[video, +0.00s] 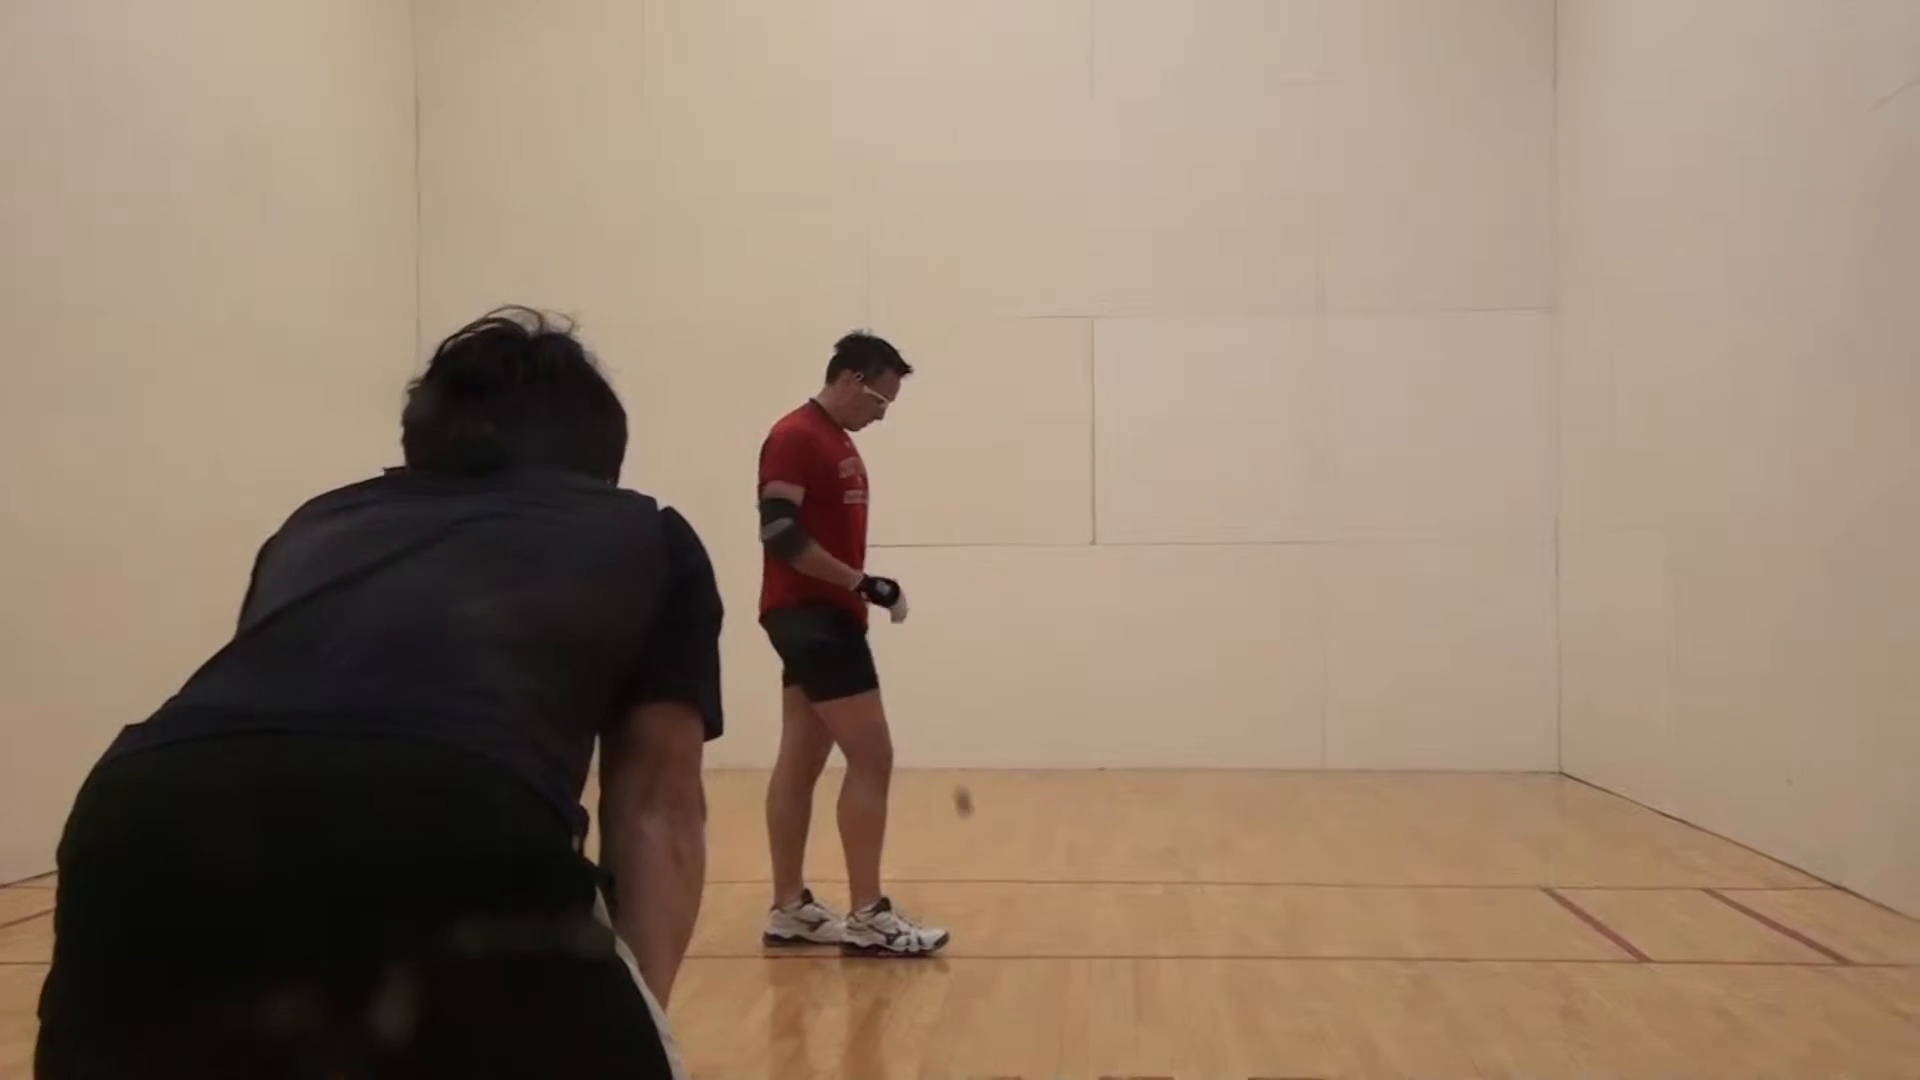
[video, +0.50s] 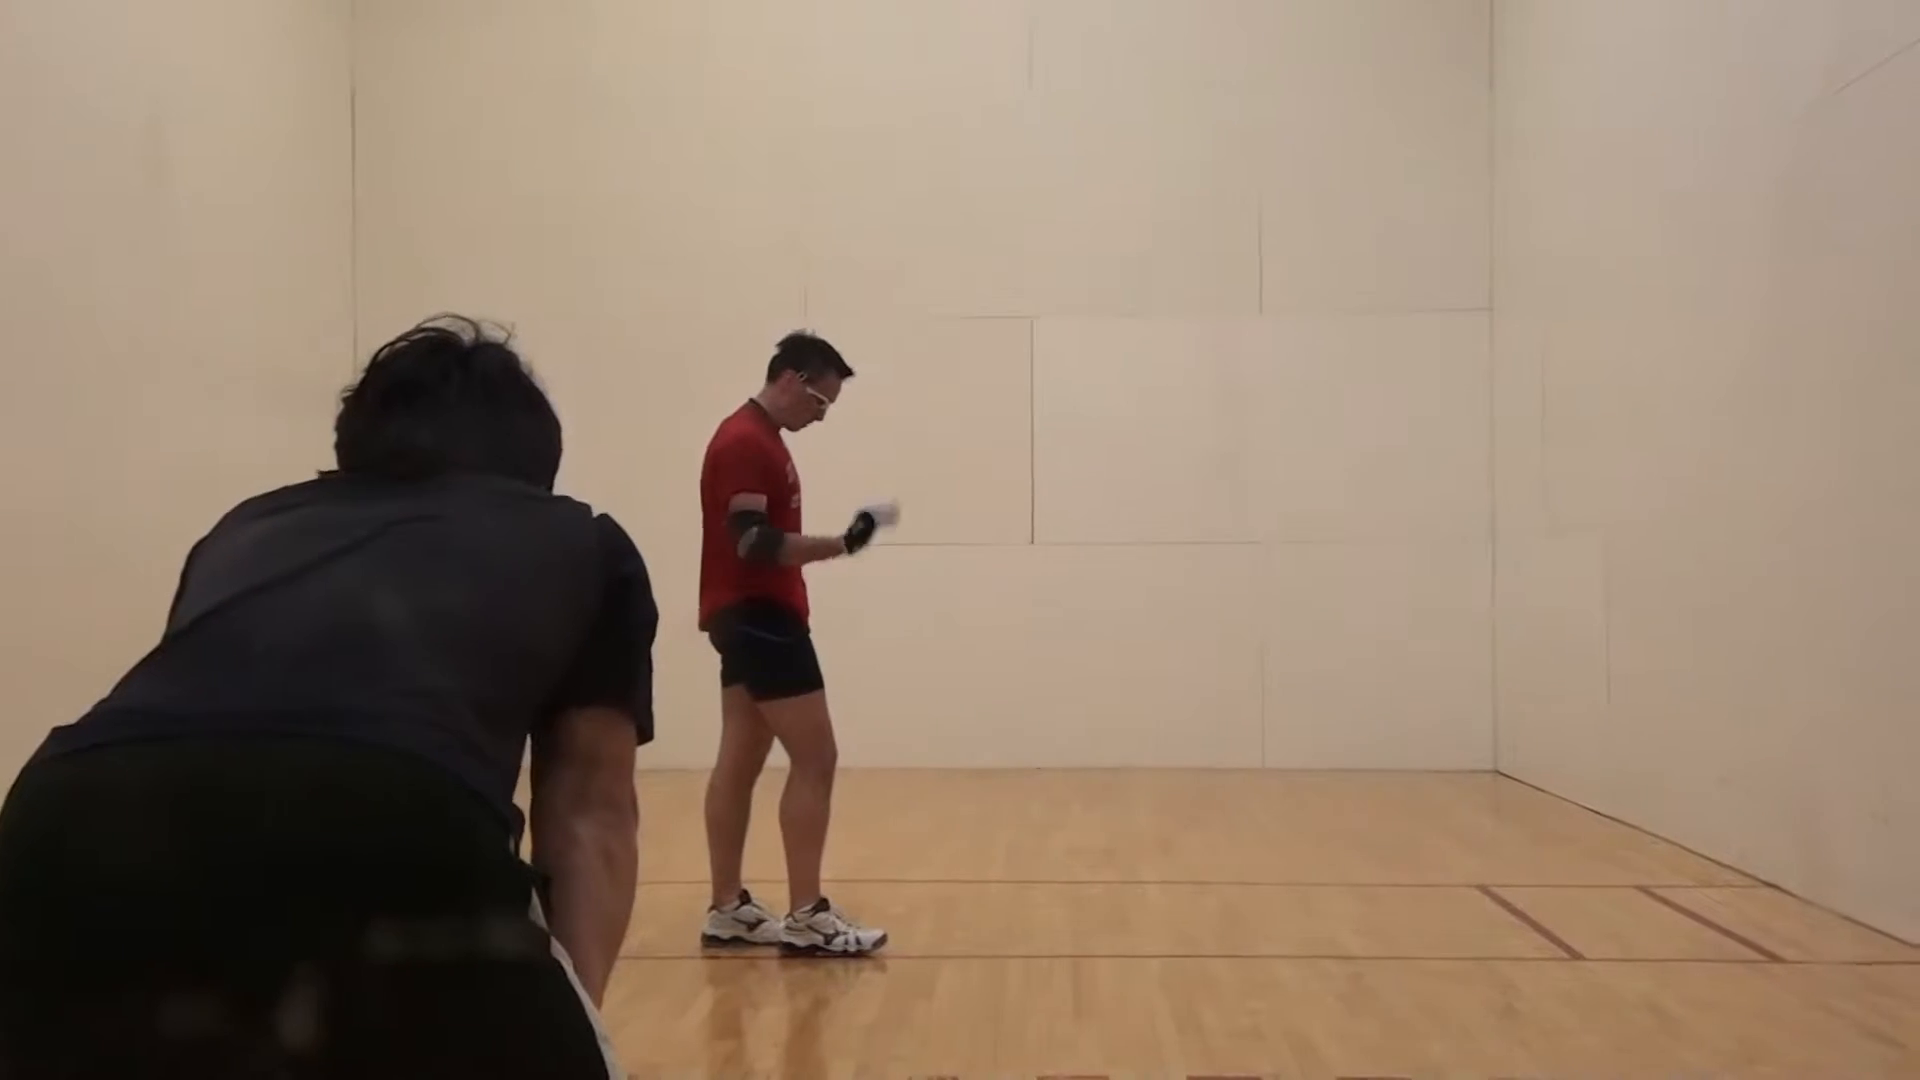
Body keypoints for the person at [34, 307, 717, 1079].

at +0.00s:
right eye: (616, 472)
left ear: (420, 443)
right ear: (594, 460)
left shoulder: (317, 517)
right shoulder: (644, 534)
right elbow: (660, 802)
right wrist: (631, 1026)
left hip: (152, 817)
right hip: (452, 825)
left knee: (105, 1048)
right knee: (598, 1053)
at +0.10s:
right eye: (598, 470)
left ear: (399, 443)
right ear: (577, 459)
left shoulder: (296, 518)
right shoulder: (628, 536)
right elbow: (641, 796)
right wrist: (616, 1021)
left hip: (133, 818)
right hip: (439, 827)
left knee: (78, 1046)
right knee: (585, 1051)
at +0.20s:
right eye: (585, 468)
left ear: (385, 444)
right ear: (565, 457)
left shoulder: (282, 518)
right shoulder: (616, 537)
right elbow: (629, 802)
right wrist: (602, 1023)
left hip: (117, 818)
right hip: (427, 828)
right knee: (570, 1052)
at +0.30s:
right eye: (568, 469)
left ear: (372, 438)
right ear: (550, 457)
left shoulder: (266, 519)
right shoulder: (602, 537)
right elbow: (616, 802)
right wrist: (586, 1026)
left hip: (97, 825)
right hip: (413, 831)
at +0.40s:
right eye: (558, 473)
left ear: (360, 445)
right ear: (539, 462)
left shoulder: (256, 521)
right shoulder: (588, 538)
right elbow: (603, 805)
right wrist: (578, 1023)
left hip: (87, 822)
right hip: (400, 829)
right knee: (549, 1054)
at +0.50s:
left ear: (352, 447)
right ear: (530, 464)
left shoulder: (248, 520)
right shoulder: (580, 541)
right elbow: (591, 805)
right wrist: (567, 1021)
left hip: (80, 819)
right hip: (391, 825)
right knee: (539, 1052)